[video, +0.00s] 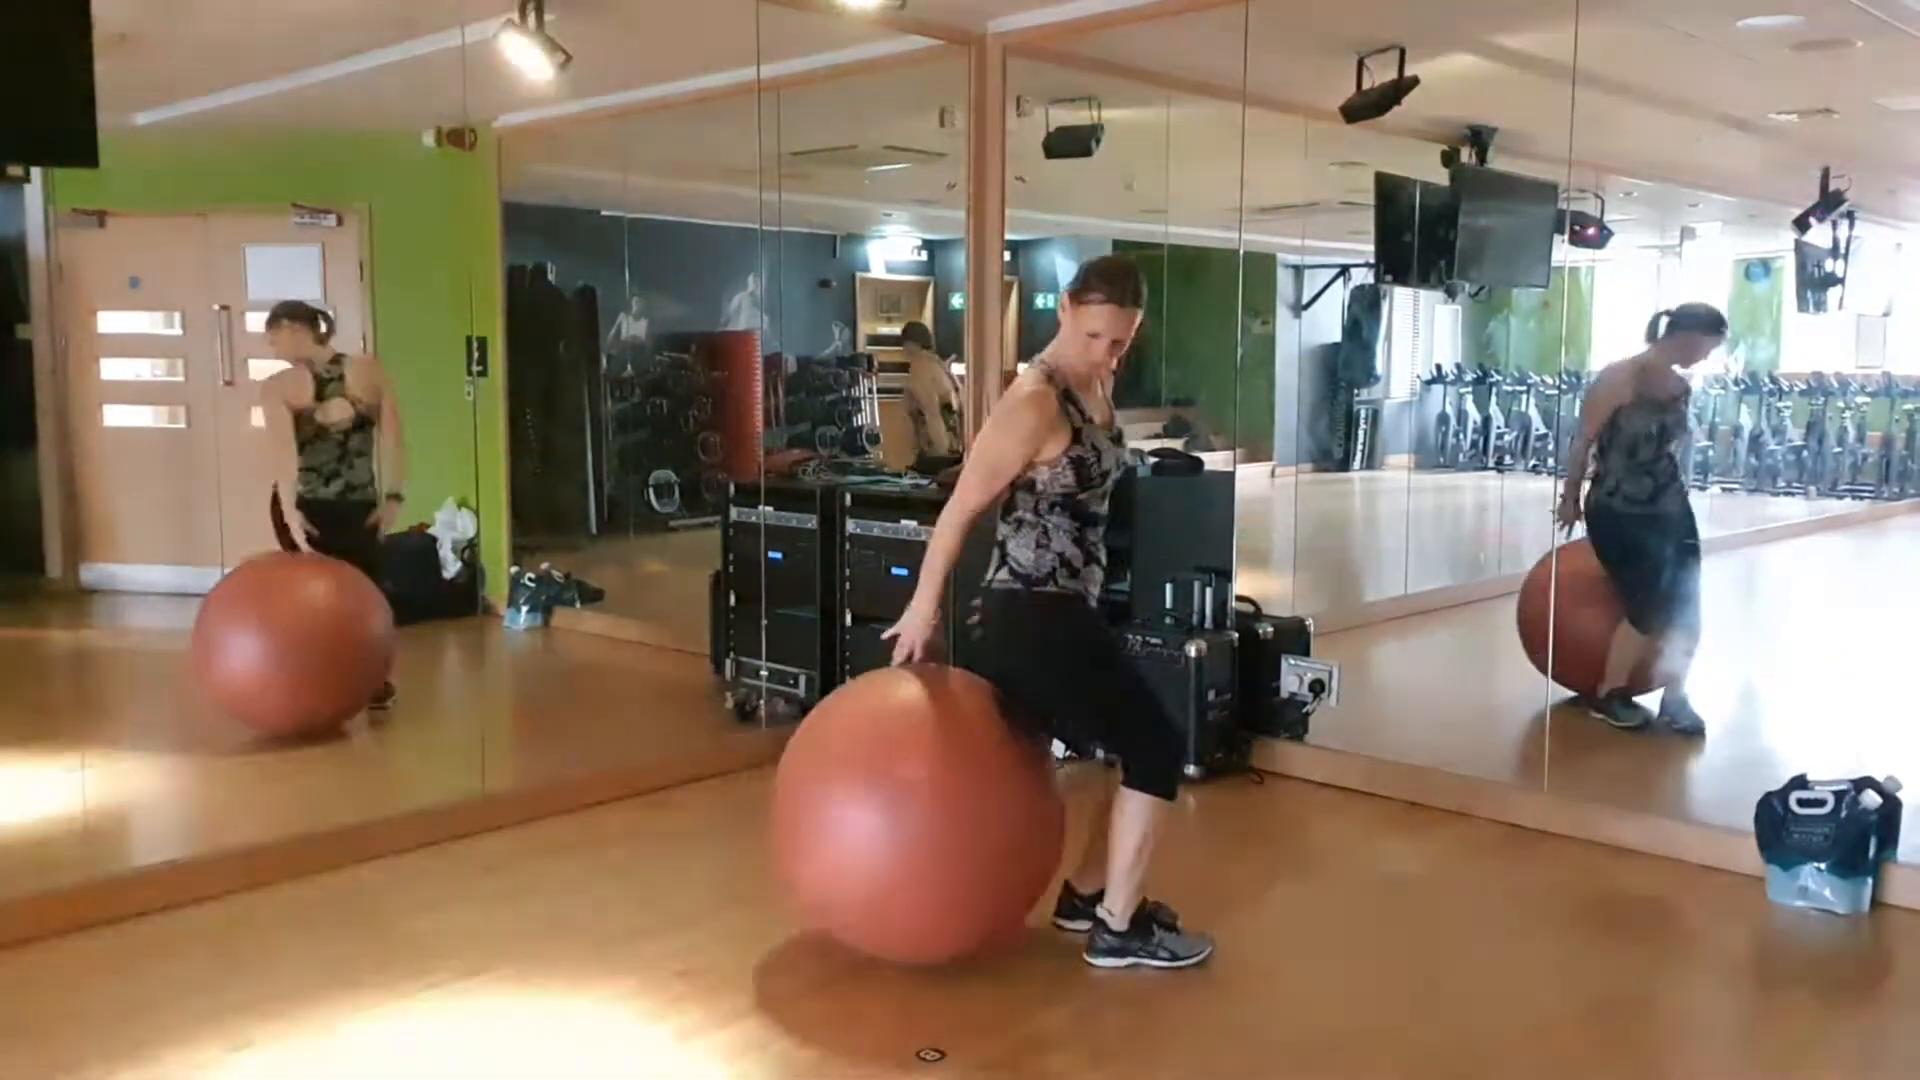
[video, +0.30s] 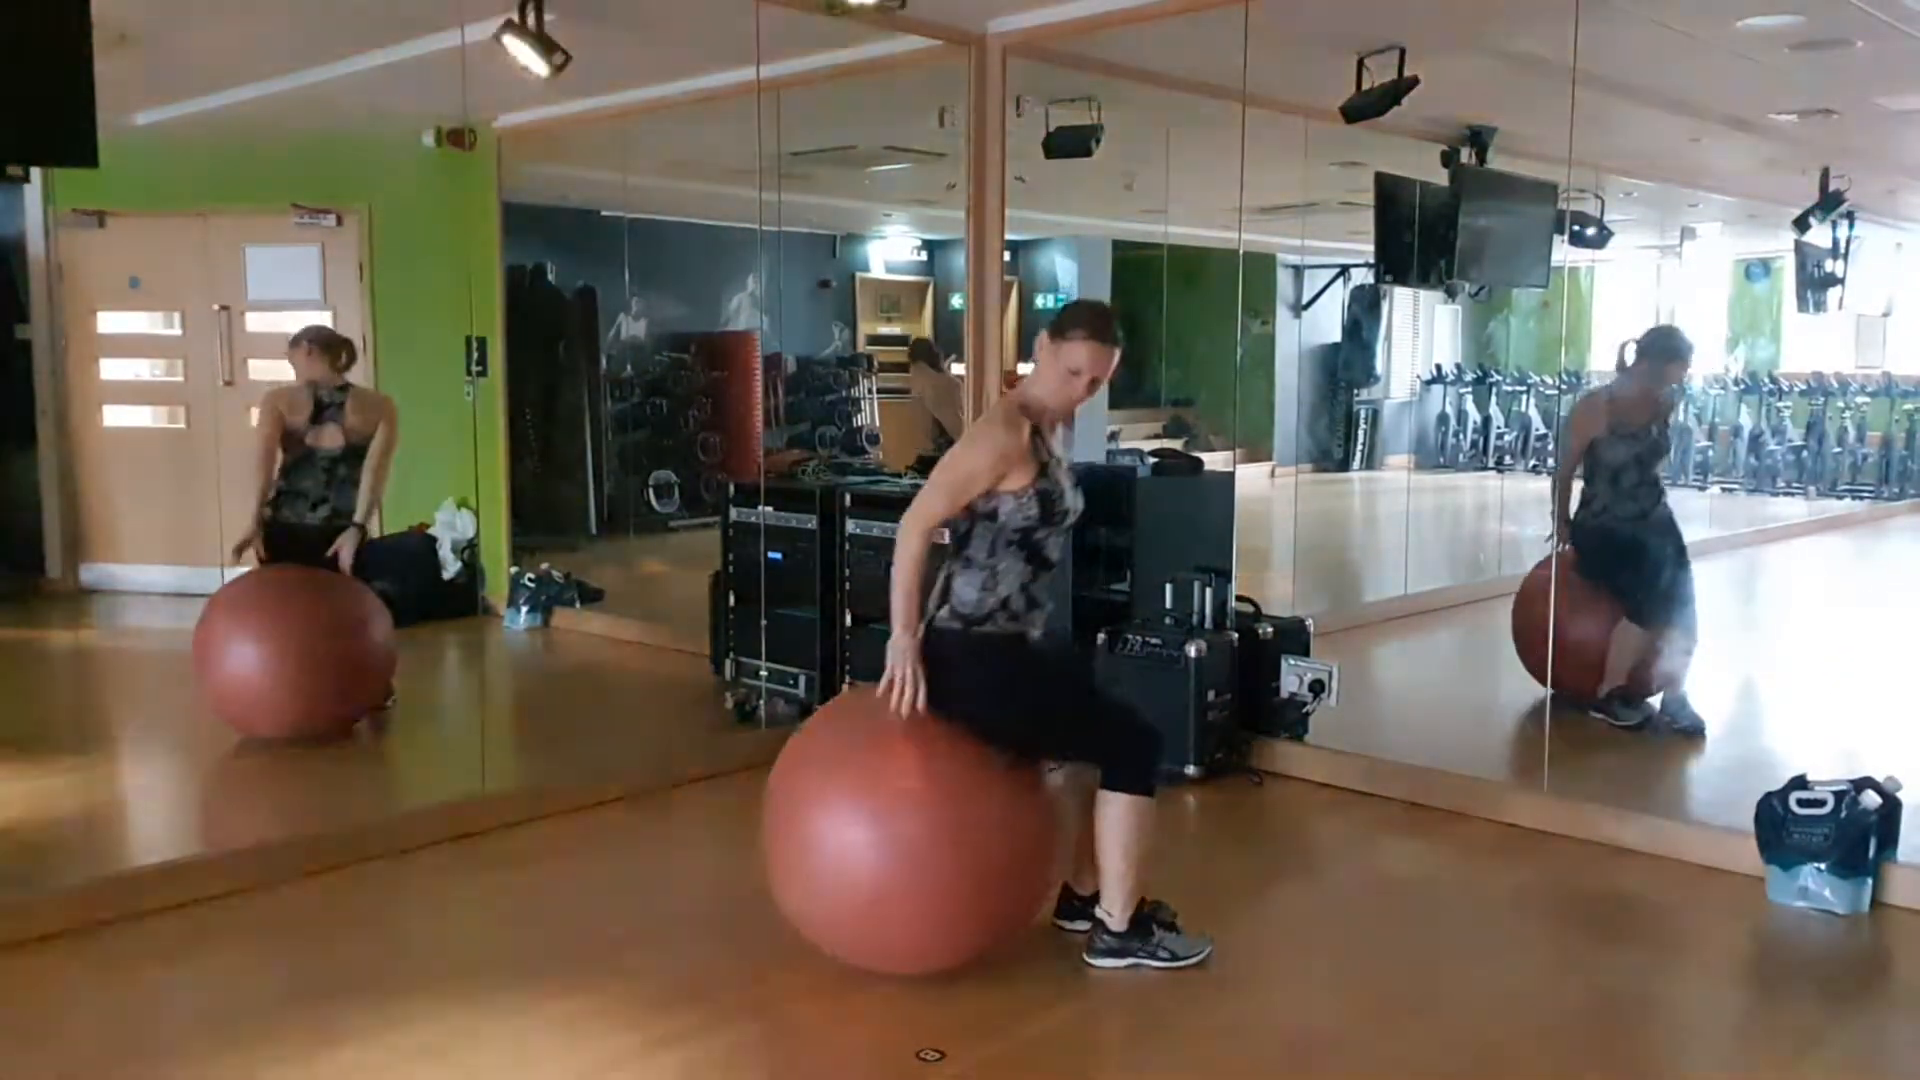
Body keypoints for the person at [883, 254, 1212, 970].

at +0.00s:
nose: (1110, 357)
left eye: (1122, 344)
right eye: (1099, 339)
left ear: (1132, 333)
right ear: (1064, 318)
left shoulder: (1089, 395)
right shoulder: (1030, 403)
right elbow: (959, 509)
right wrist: (923, 606)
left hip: (1056, 612)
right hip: (1034, 618)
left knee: (1133, 739)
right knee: (1153, 746)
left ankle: (1087, 892)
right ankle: (1120, 924)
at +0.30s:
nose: (1087, 392)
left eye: (1098, 379)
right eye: (1079, 374)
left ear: (1102, 374)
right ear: (1041, 355)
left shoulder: (1044, 431)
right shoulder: (996, 438)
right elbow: (914, 527)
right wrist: (904, 639)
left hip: (1007, 648)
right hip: (970, 655)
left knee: (1103, 727)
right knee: (1131, 743)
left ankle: (1085, 892)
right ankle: (1120, 926)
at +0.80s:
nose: (984, 438)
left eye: (995, 424)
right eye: (973, 419)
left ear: (1001, 419)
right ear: (933, 397)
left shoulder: (939, 475)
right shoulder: (905, 481)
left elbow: (1045, 450)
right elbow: (831, 584)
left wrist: (1006, 384)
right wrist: (812, 693)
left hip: (907, 690)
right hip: (871, 700)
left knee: (1046, 724)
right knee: (1044, 736)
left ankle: (1083, 896)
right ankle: (1128, 922)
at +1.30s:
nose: (1000, 403)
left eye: (1009, 390)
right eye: (985, 389)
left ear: (1016, 400)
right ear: (947, 395)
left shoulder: (976, 476)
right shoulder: (950, 485)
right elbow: (885, 590)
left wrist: (1021, 435)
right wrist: (858, 703)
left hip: (947, 700)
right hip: (921, 715)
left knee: (1088, 723)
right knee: (1092, 736)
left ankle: (1113, 897)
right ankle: (1133, 937)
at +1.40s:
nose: (1020, 381)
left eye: (1029, 368)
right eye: (1001, 367)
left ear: (1039, 381)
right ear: (963, 383)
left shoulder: (1006, 461)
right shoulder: (972, 470)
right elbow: (916, 582)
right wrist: (887, 691)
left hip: (980, 686)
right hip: (948, 701)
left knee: (1116, 722)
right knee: (1119, 739)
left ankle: (1118, 898)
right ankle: (1132, 939)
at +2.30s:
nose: (997, 398)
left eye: (1006, 384)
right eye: (978, 385)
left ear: (1015, 399)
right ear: (943, 401)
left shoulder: (987, 479)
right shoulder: (947, 496)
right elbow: (907, 612)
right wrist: (882, 723)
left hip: (976, 697)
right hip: (939, 719)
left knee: (1106, 729)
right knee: (1111, 740)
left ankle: (1111, 900)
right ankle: (1131, 938)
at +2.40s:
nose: (986, 401)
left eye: (995, 387)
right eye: (966, 387)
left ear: (1005, 402)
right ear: (933, 405)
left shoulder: (978, 477)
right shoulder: (935, 495)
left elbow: (1021, 442)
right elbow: (895, 612)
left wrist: (1001, 390)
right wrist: (871, 724)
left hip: (964, 700)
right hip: (927, 720)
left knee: (1105, 730)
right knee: (1102, 741)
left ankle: (1122, 900)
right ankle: (1134, 937)